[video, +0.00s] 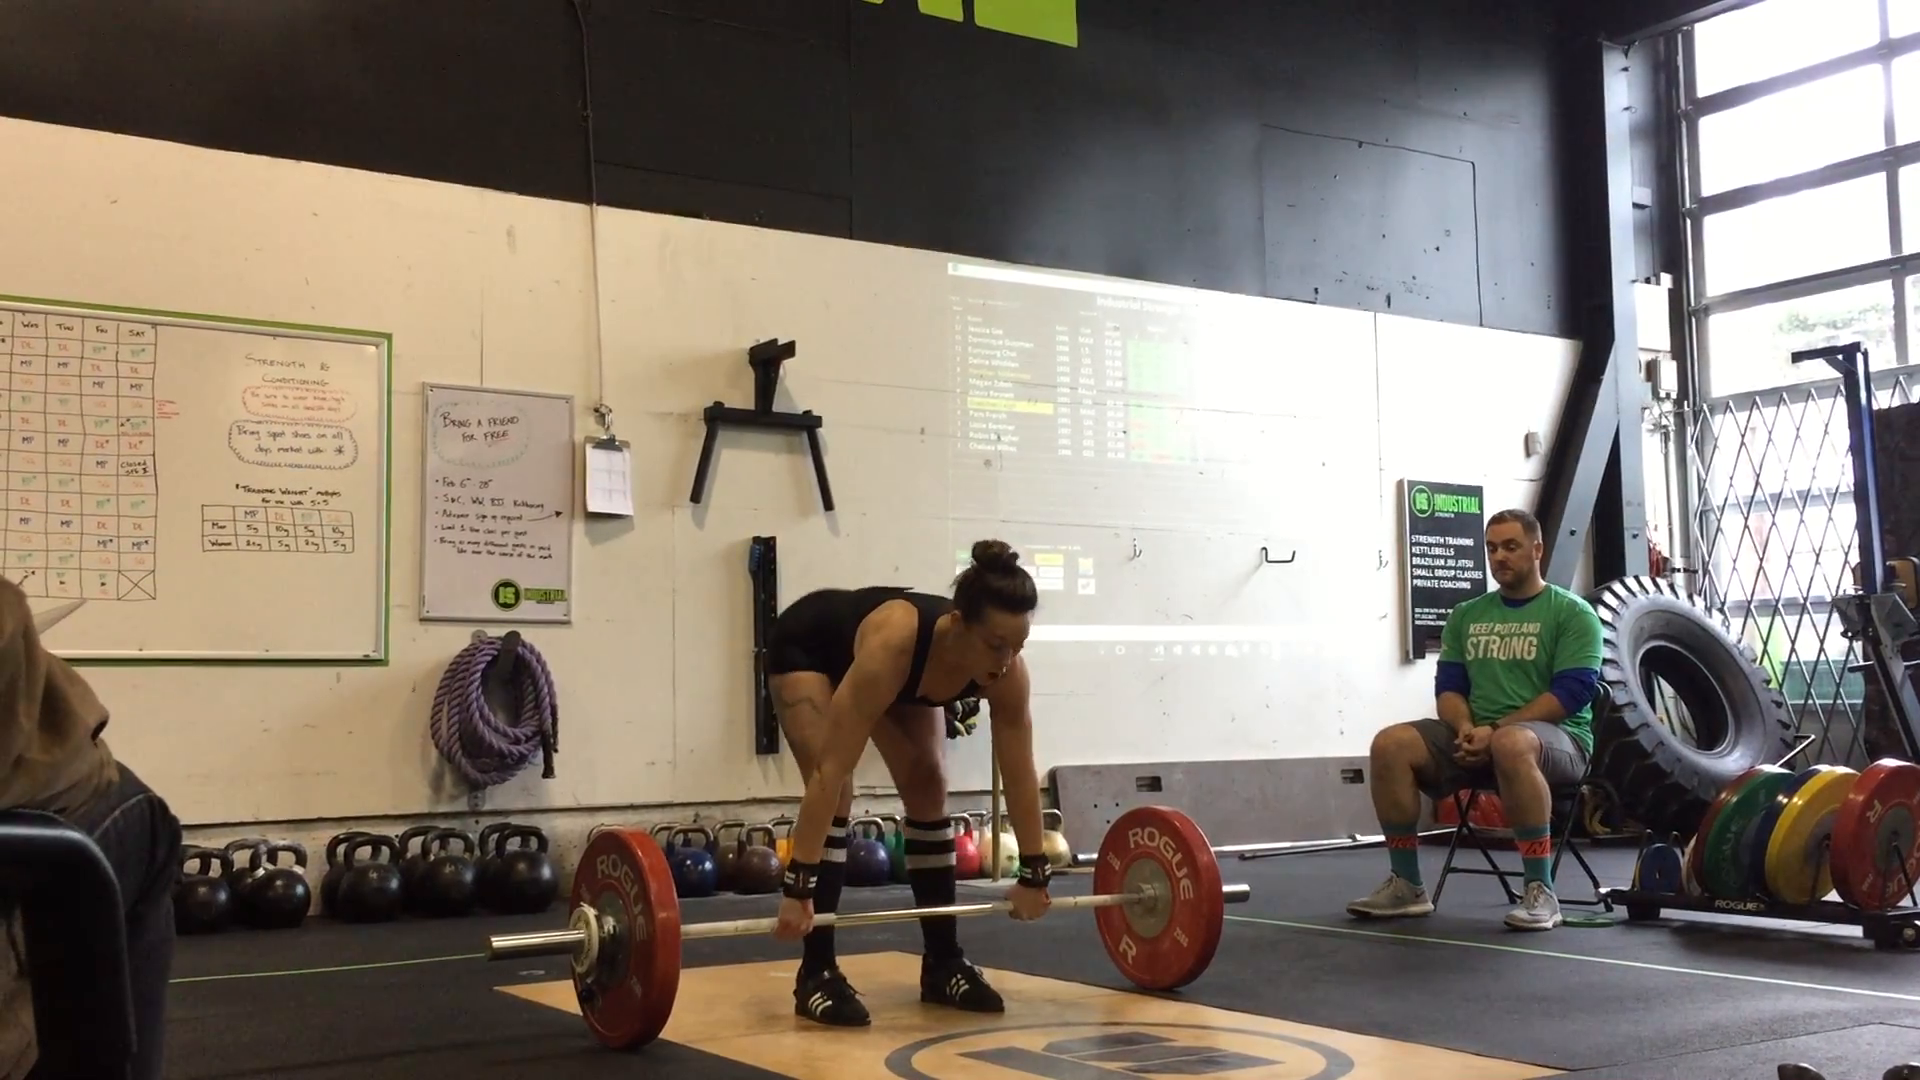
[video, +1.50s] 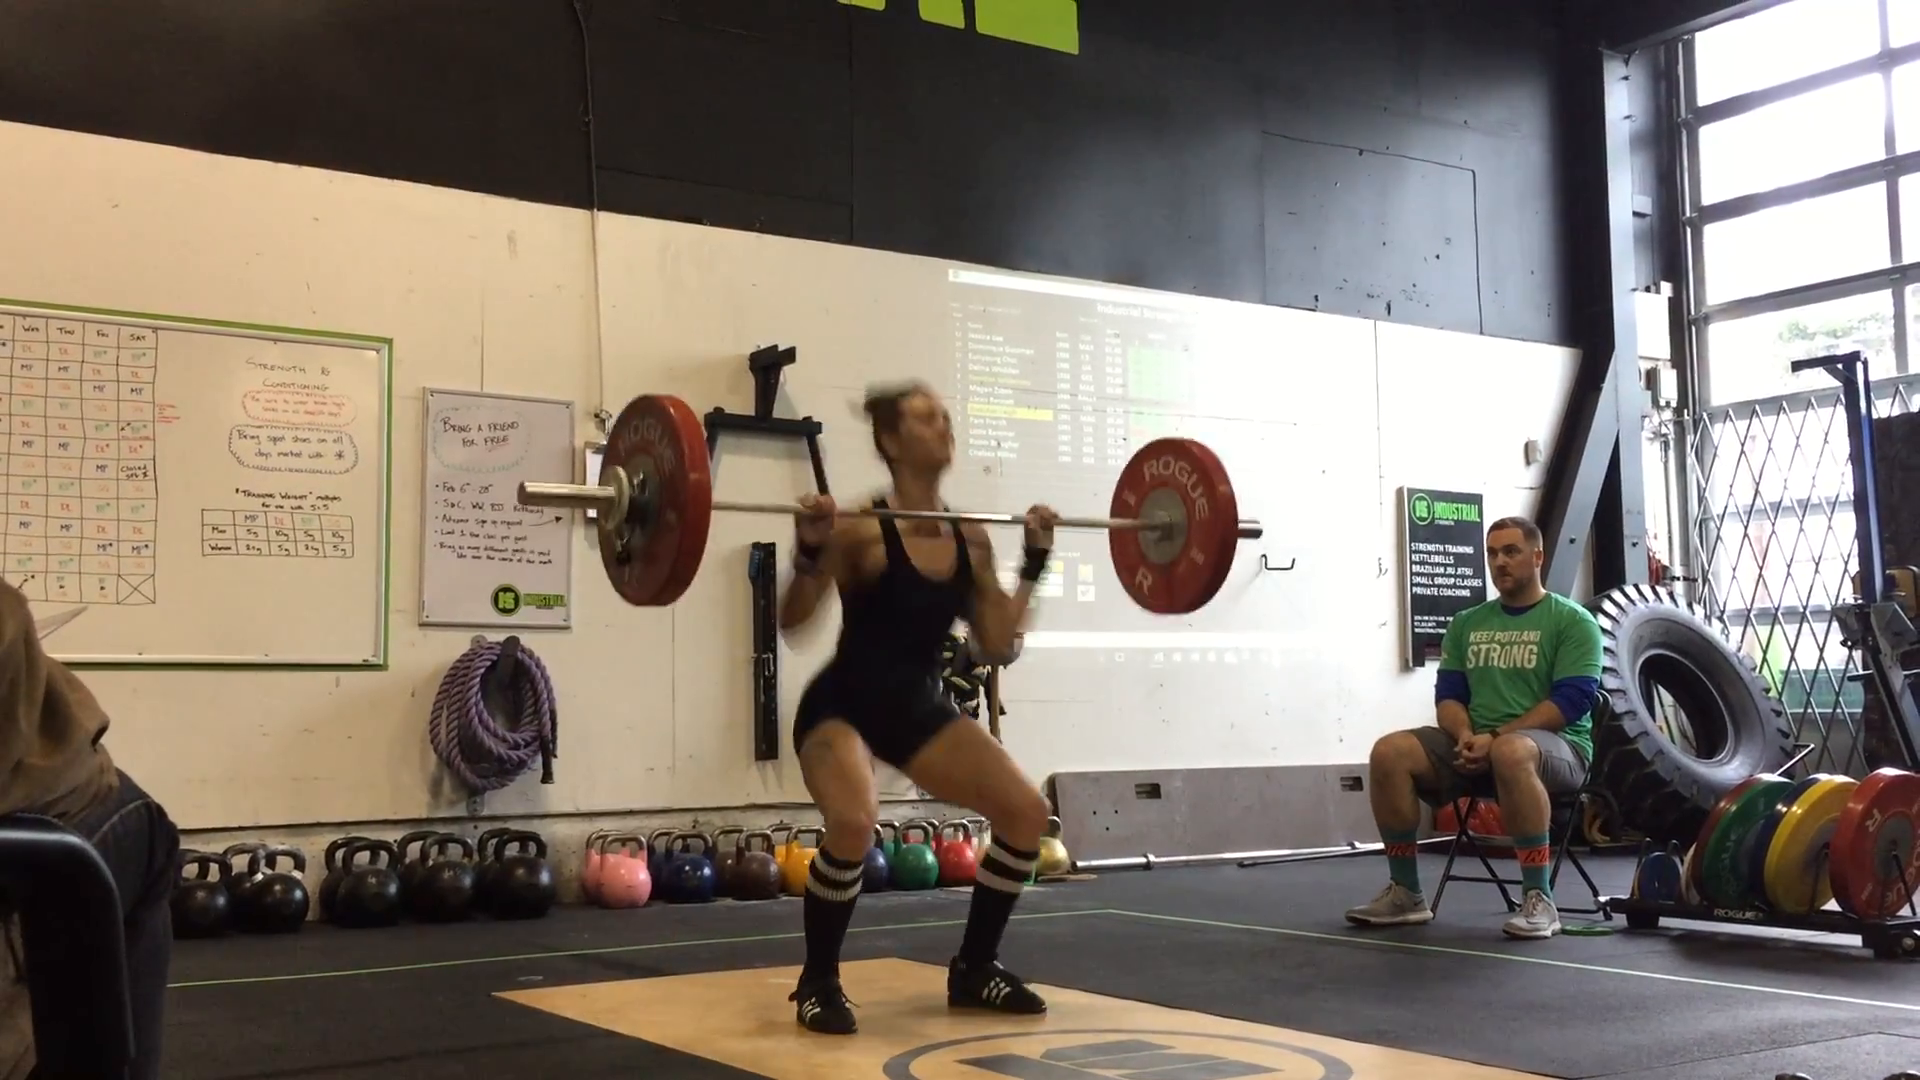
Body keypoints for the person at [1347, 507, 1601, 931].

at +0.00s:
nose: (1499, 556)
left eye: (1510, 547)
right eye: (1492, 548)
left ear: (1538, 551)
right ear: (1486, 554)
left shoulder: (1573, 613)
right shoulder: (1465, 615)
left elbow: (1571, 694)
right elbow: (1449, 688)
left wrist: (1497, 732)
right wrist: (1464, 726)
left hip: (1556, 738)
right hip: (1477, 738)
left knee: (1511, 743)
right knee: (1390, 745)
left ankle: (1539, 893)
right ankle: (1407, 886)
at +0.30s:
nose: (1501, 555)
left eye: (1512, 545)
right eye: (1494, 546)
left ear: (1540, 548)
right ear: (1489, 553)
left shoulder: (1576, 612)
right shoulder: (1468, 615)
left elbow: (1575, 693)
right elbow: (1452, 688)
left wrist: (1500, 731)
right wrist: (1468, 725)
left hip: (1560, 737)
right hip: (1480, 737)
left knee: (1514, 742)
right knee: (1392, 744)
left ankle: (1542, 892)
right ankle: (1410, 885)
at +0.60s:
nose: (1504, 555)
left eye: (1514, 545)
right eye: (1497, 547)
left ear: (1543, 549)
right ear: (1491, 553)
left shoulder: (1578, 612)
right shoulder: (1471, 615)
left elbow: (1578, 693)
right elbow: (1454, 688)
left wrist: (1503, 731)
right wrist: (1469, 725)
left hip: (1562, 737)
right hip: (1482, 737)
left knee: (1517, 743)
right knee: (1394, 745)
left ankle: (1544, 892)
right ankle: (1412, 886)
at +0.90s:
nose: (1503, 557)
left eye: (1514, 548)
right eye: (1496, 549)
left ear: (1542, 552)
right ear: (1490, 555)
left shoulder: (1577, 615)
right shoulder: (1470, 618)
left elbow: (1577, 696)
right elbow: (1453, 690)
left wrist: (1501, 734)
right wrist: (1468, 727)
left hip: (1561, 740)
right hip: (1480, 740)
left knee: (1516, 745)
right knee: (1393, 748)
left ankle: (1543, 895)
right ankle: (1411, 888)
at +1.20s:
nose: (1501, 560)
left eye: (1512, 550)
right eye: (1494, 552)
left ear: (1540, 554)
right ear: (1488, 557)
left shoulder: (1575, 618)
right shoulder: (1468, 621)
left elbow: (1574, 699)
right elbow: (1450, 694)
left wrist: (1499, 736)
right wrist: (1466, 730)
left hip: (1558, 743)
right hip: (1478, 742)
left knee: (1513, 748)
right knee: (1391, 751)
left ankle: (1540, 898)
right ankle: (1408, 891)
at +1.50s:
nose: (1499, 562)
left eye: (1510, 552)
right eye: (1492, 553)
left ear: (1538, 557)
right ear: (1487, 560)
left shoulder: (1573, 621)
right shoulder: (1466, 624)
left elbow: (1572, 701)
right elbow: (1448, 697)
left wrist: (1497, 739)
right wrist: (1464, 733)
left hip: (1555, 746)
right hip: (1475, 745)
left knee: (1511, 751)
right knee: (1388, 753)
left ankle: (1538, 901)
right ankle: (1406, 894)